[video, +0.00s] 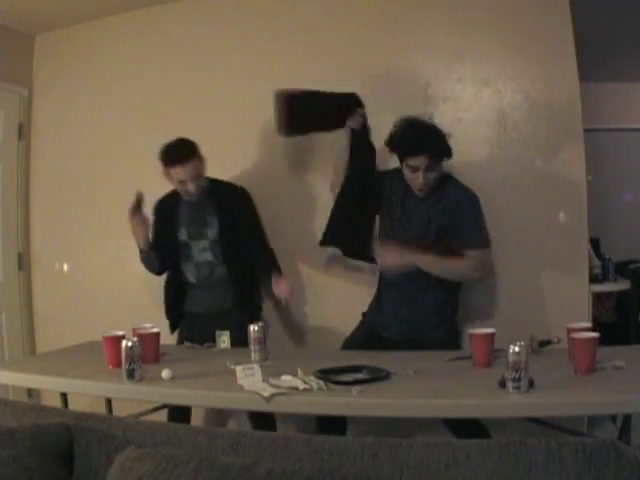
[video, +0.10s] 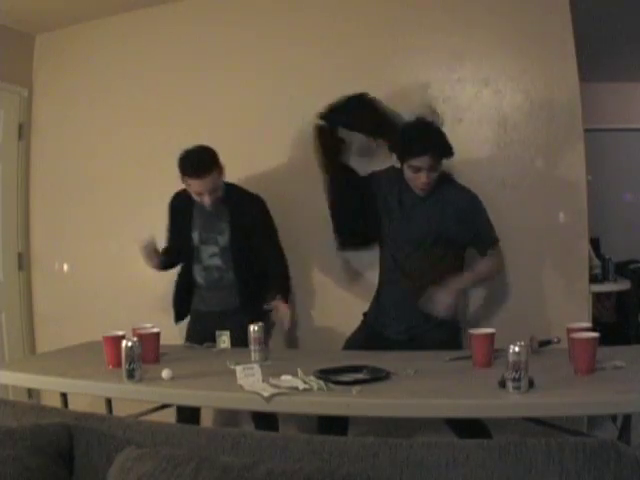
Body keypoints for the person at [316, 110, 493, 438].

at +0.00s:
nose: (420, 180)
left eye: (428, 170)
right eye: (411, 170)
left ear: (440, 163)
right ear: (400, 163)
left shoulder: (460, 200)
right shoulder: (387, 185)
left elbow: (477, 267)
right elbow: (351, 191)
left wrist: (411, 257)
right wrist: (354, 137)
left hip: (433, 326)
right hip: (381, 321)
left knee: (454, 409)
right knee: (330, 385)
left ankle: (499, 467)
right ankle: (327, 469)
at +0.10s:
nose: (424, 179)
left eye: (432, 170)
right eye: (416, 170)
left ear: (441, 163)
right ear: (401, 163)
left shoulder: (461, 201)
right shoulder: (384, 187)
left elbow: (493, 260)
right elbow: (342, 194)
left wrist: (454, 287)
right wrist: (328, 143)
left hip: (437, 325)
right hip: (385, 318)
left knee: (455, 407)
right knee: (333, 388)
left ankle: (499, 469)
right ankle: (327, 474)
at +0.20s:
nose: (429, 181)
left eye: (437, 172)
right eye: (421, 172)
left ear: (446, 165)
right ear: (405, 164)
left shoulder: (464, 201)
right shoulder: (388, 184)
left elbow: (491, 257)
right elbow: (340, 186)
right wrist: (305, 146)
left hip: (437, 326)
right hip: (384, 321)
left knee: (458, 408)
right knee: (334, 385)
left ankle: (498, 468)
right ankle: (330, 469)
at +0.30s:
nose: (429, 173)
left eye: (436, 165)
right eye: (420, 164)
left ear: (446, 160)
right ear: (406, 159)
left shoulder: (465, 200)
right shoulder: (388, 184)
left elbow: (504, 255)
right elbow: (330, 180)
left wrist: (528, 318)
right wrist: (312, 136)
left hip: (437, 328)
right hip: (381, 322)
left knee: (460, 412)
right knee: (331, 391)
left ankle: (504, 475)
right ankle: (328, 473)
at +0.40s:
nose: (421, 170)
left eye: (430, 161)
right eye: (413, 161)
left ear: (443, 158)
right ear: (402, 157)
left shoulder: (464, 198)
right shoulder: (389, 185)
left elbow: (514, 251)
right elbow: (333, 179)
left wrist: (533, 321)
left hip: (435, 330)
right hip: (380, 324)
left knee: (459, 411)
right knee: (331, 391)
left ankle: (503, 474)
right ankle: (327, 474)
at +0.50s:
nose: (419, 170)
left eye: (428, 162)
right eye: (411, 161)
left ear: (444, 158)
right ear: (402, 157)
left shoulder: (468, 197)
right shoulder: (391, 186)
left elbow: (522, 243)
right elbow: (326, 179)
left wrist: (519, 314)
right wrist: (370, 133)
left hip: (436, 328)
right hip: (381, 322)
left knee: (458, 409)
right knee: (332, 391)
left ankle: (502, 474)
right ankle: (328, 476)